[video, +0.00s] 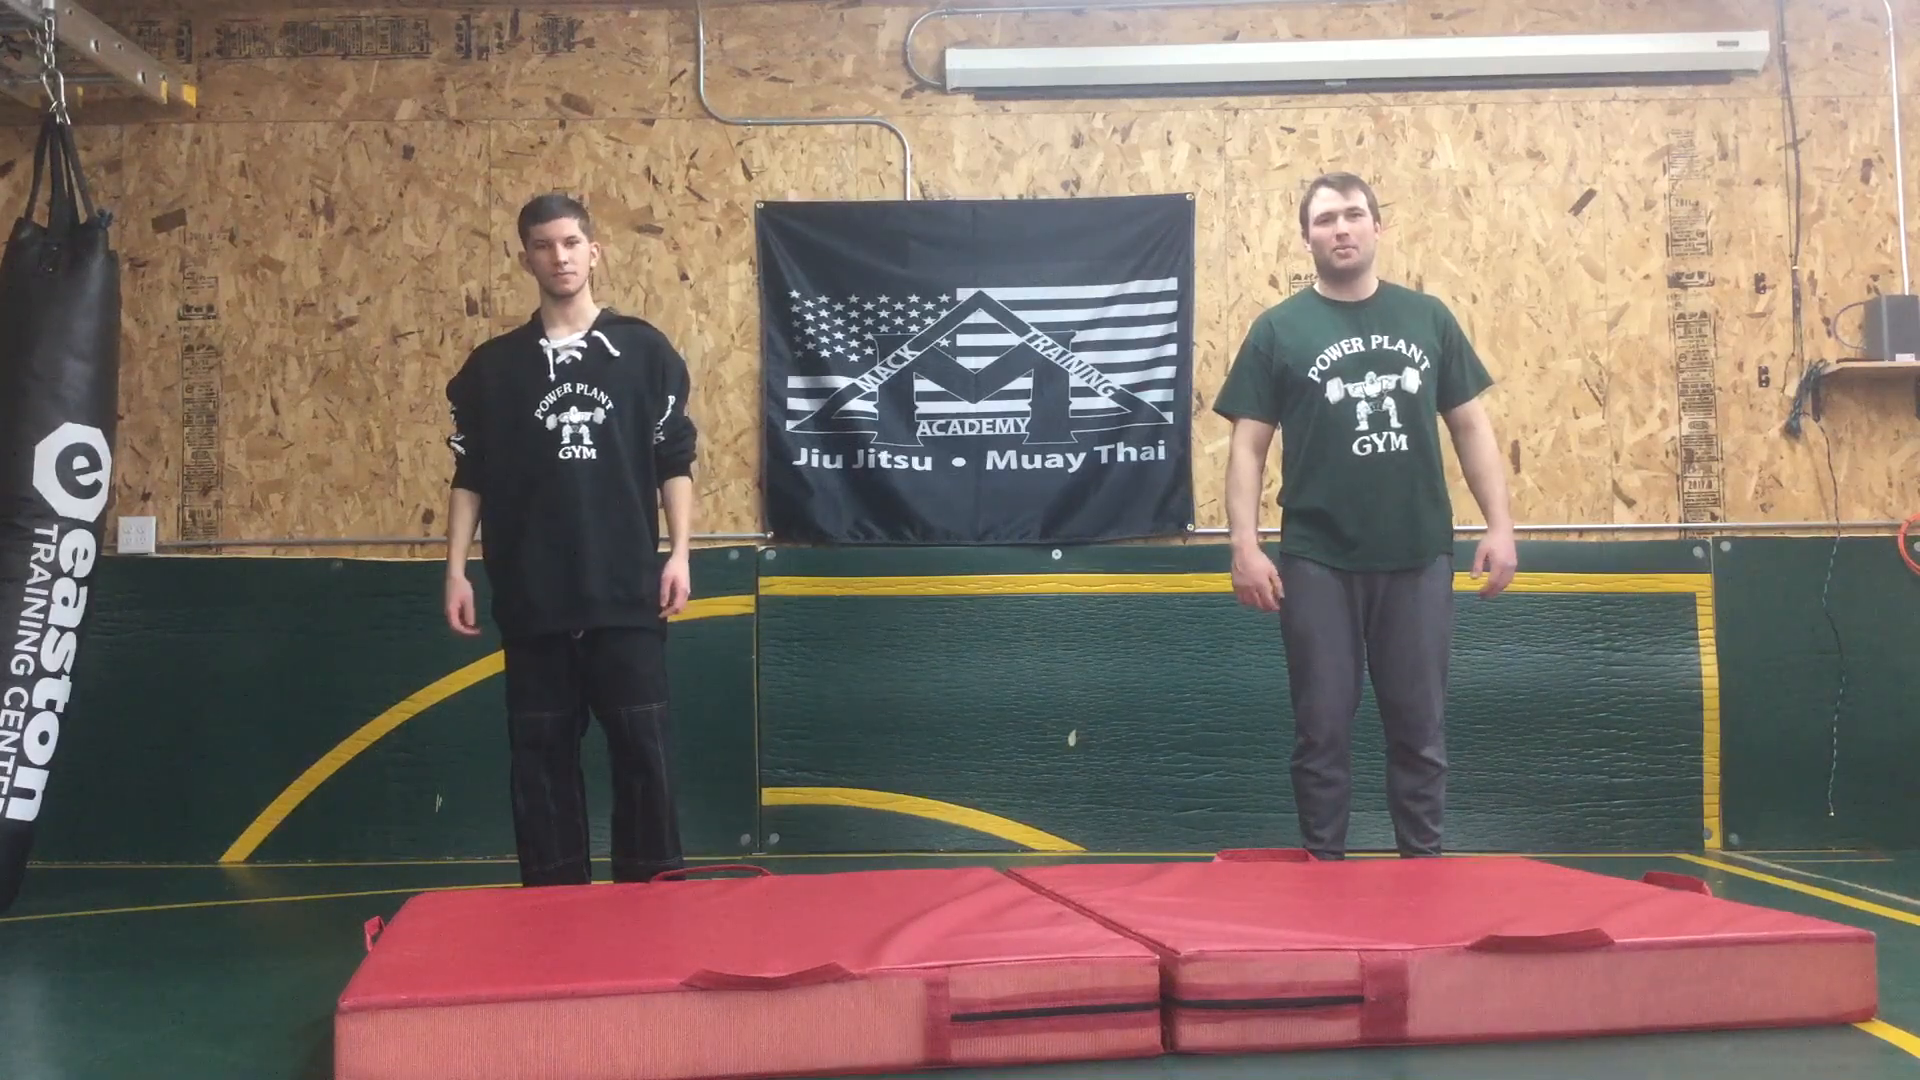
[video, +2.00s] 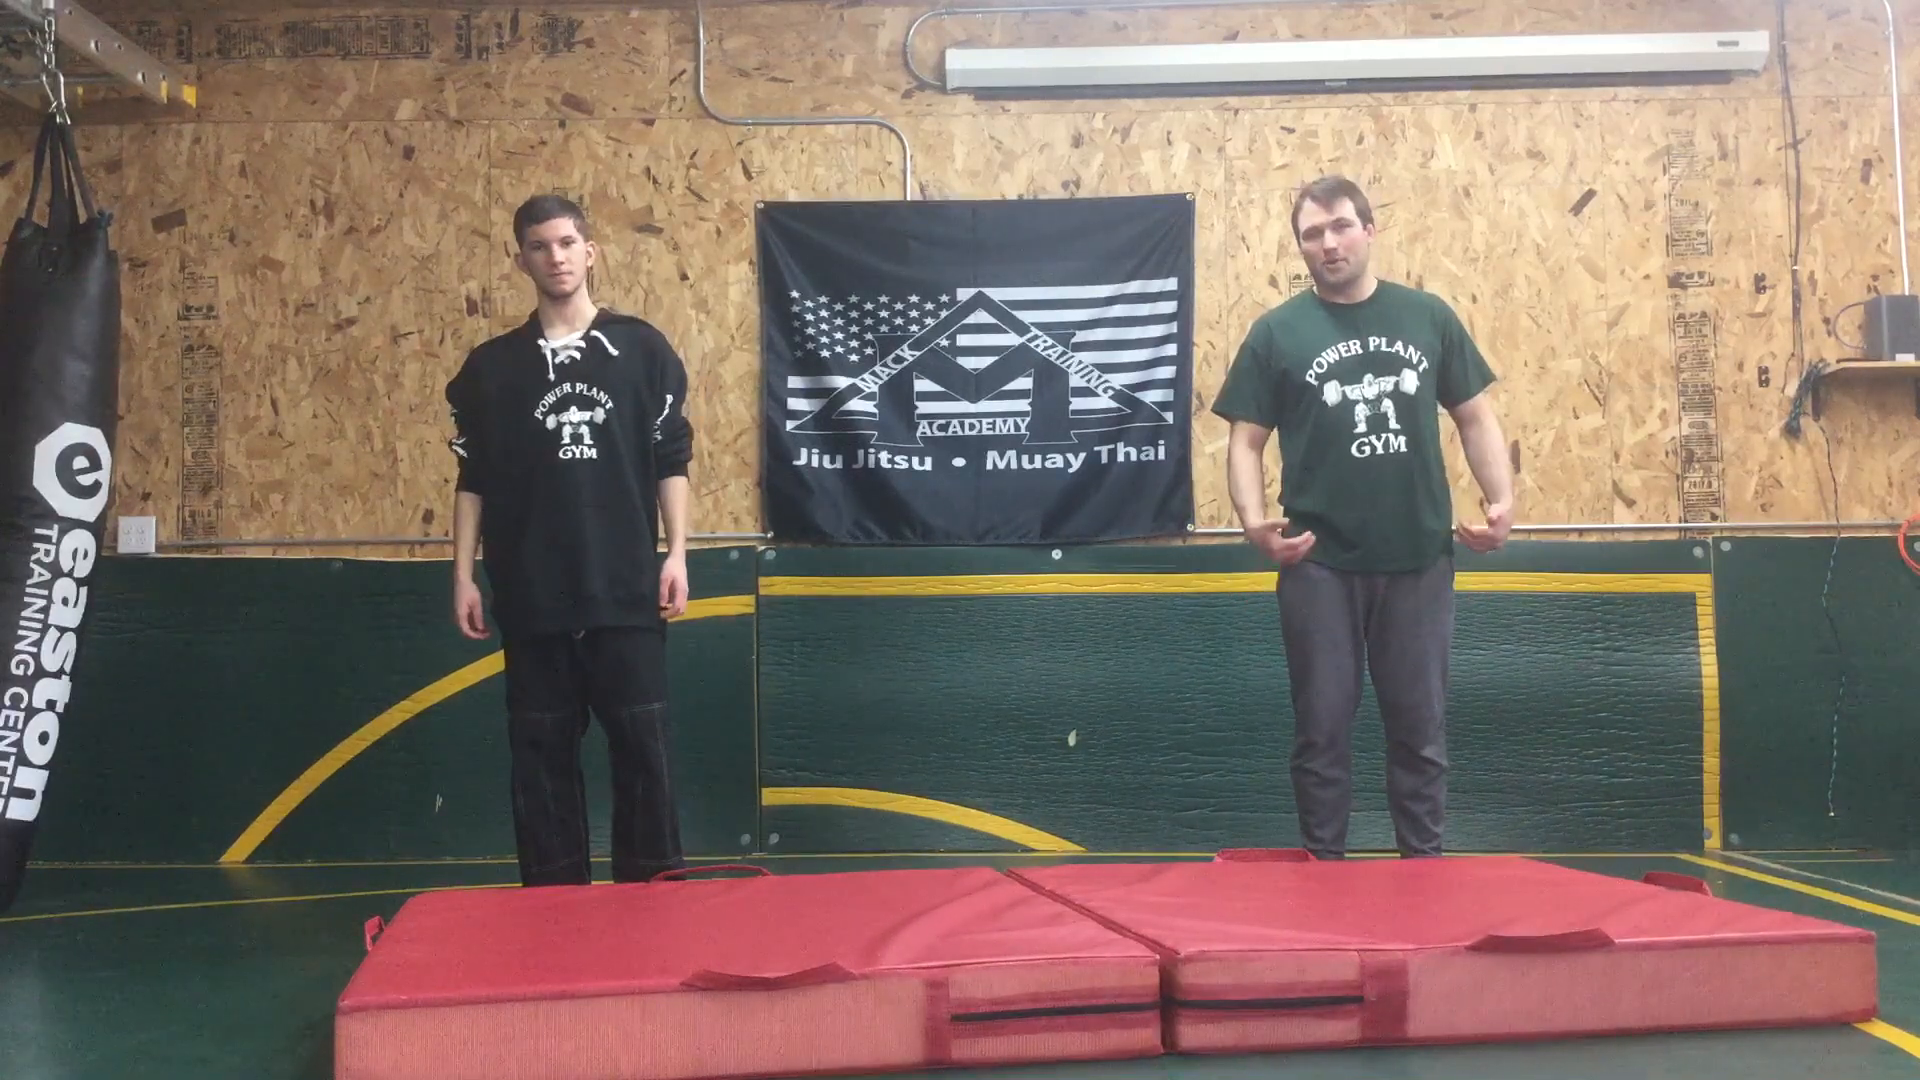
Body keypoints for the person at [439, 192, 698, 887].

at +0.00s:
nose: (559, 257)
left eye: (570, 242)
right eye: (544, 247)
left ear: (593, 250)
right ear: (527, 260)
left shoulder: (643, 349)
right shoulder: (490, 365)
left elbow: (674, 458)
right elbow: (469, 474)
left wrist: (680, 551)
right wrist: (457, 568)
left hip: (626, 584)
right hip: (530, 591)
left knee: (643, 753)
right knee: (542, 761)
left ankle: (652, 904)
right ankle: (553, 911)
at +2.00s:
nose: (556, 258)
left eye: (567, 243)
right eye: (540, 248)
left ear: (589, 250)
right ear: (523, 261)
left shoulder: (642, 347)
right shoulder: (488, 366)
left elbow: (671, 459)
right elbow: (472, 478)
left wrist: (677, 551)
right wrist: (463, 574)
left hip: (625, 584)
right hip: (529, 591)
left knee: (643, 754)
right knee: (542, 763)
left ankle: (652, 904)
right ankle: (554, 912)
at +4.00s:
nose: (565, 255)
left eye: (575, 241)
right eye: (549, 245)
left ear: (596, 250)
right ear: (530, 259)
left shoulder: (647, 348)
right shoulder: (494, 365)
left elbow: (675, 459)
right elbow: (477, 478)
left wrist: (685, 550)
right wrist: (475, 578)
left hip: (632, 583)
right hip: (535, 589)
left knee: (646, 752)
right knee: (546, 760)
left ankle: (655, 903)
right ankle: (556, 910)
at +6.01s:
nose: (557, 255)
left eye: (568, 241)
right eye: (541, 245)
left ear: (590, 250)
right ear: (524, 260)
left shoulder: (642, 350)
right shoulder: (486, 366)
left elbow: (669, 462)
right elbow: (469, 479)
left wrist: (678, 552)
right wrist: (467, 574)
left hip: (625, 585)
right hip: (529, 591)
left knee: (643, 753)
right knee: (541, 762)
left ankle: (652, 903)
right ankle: (553, 912)